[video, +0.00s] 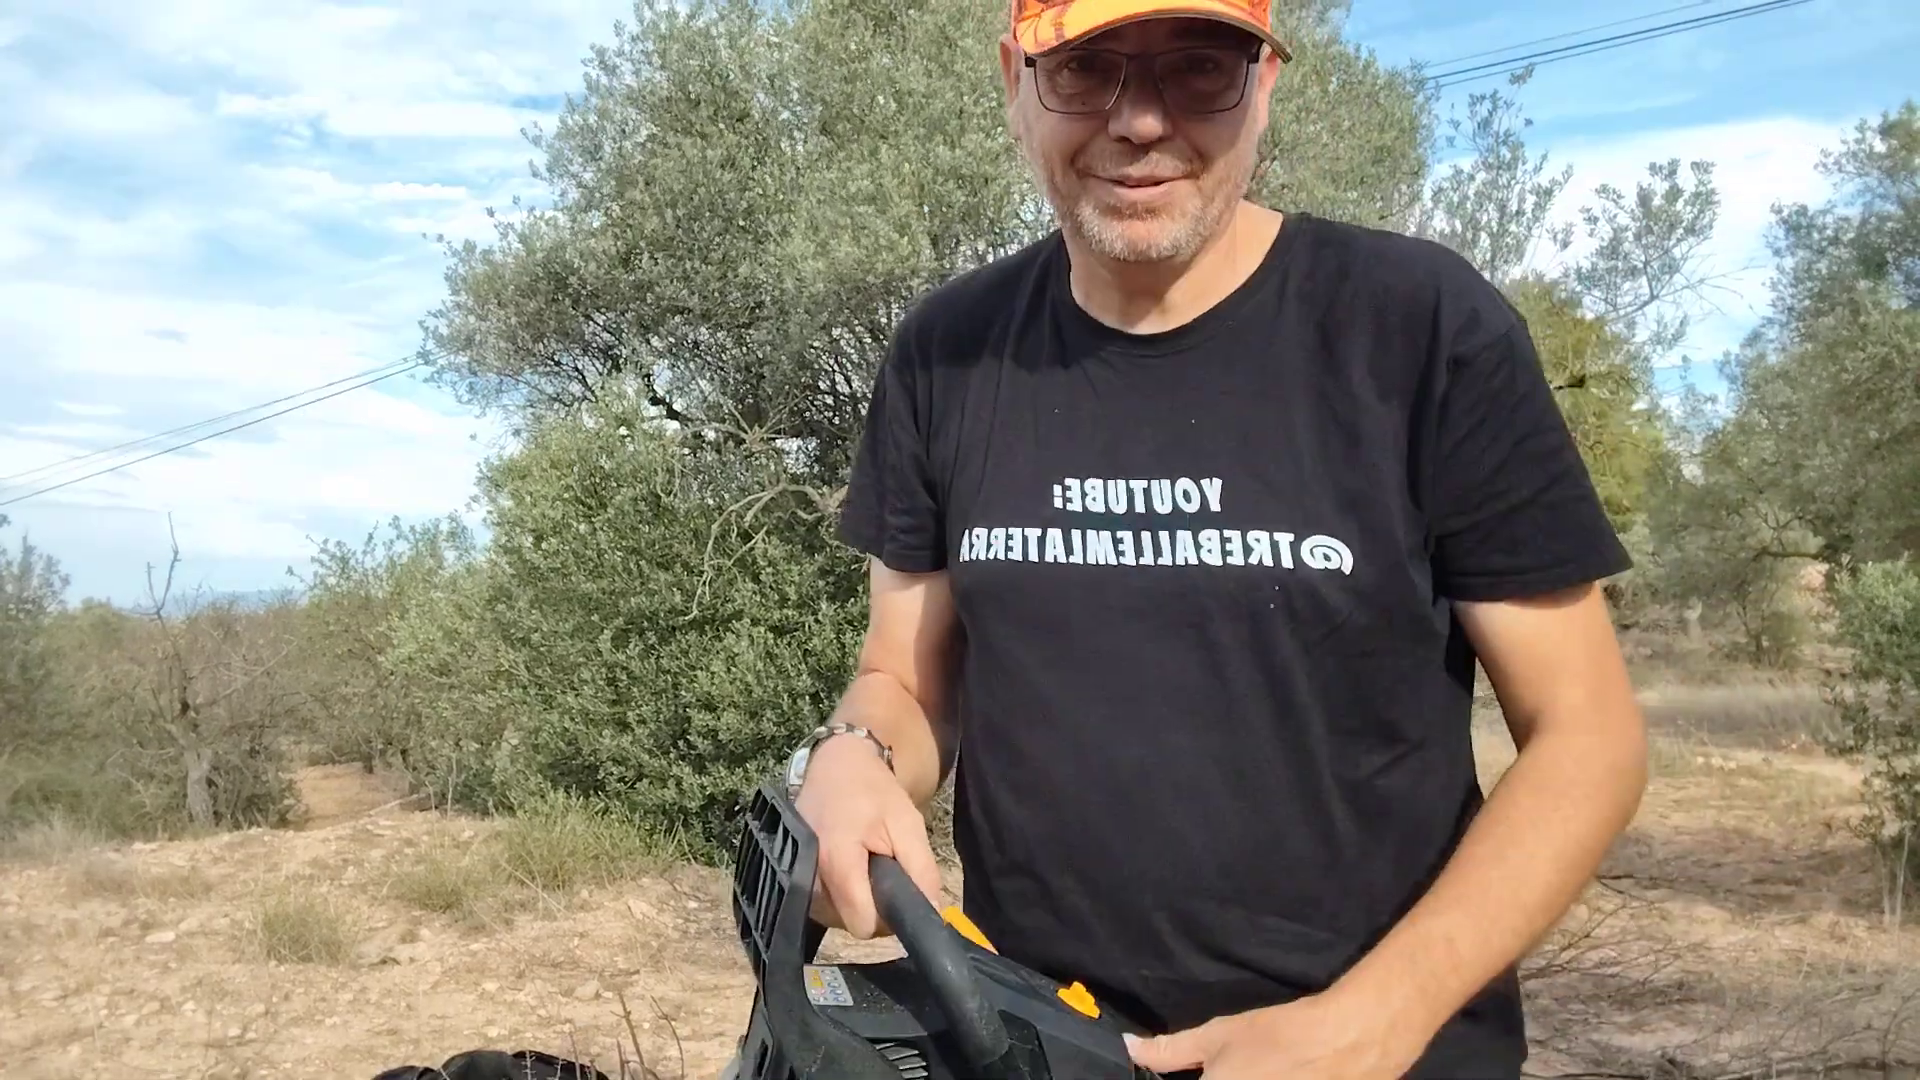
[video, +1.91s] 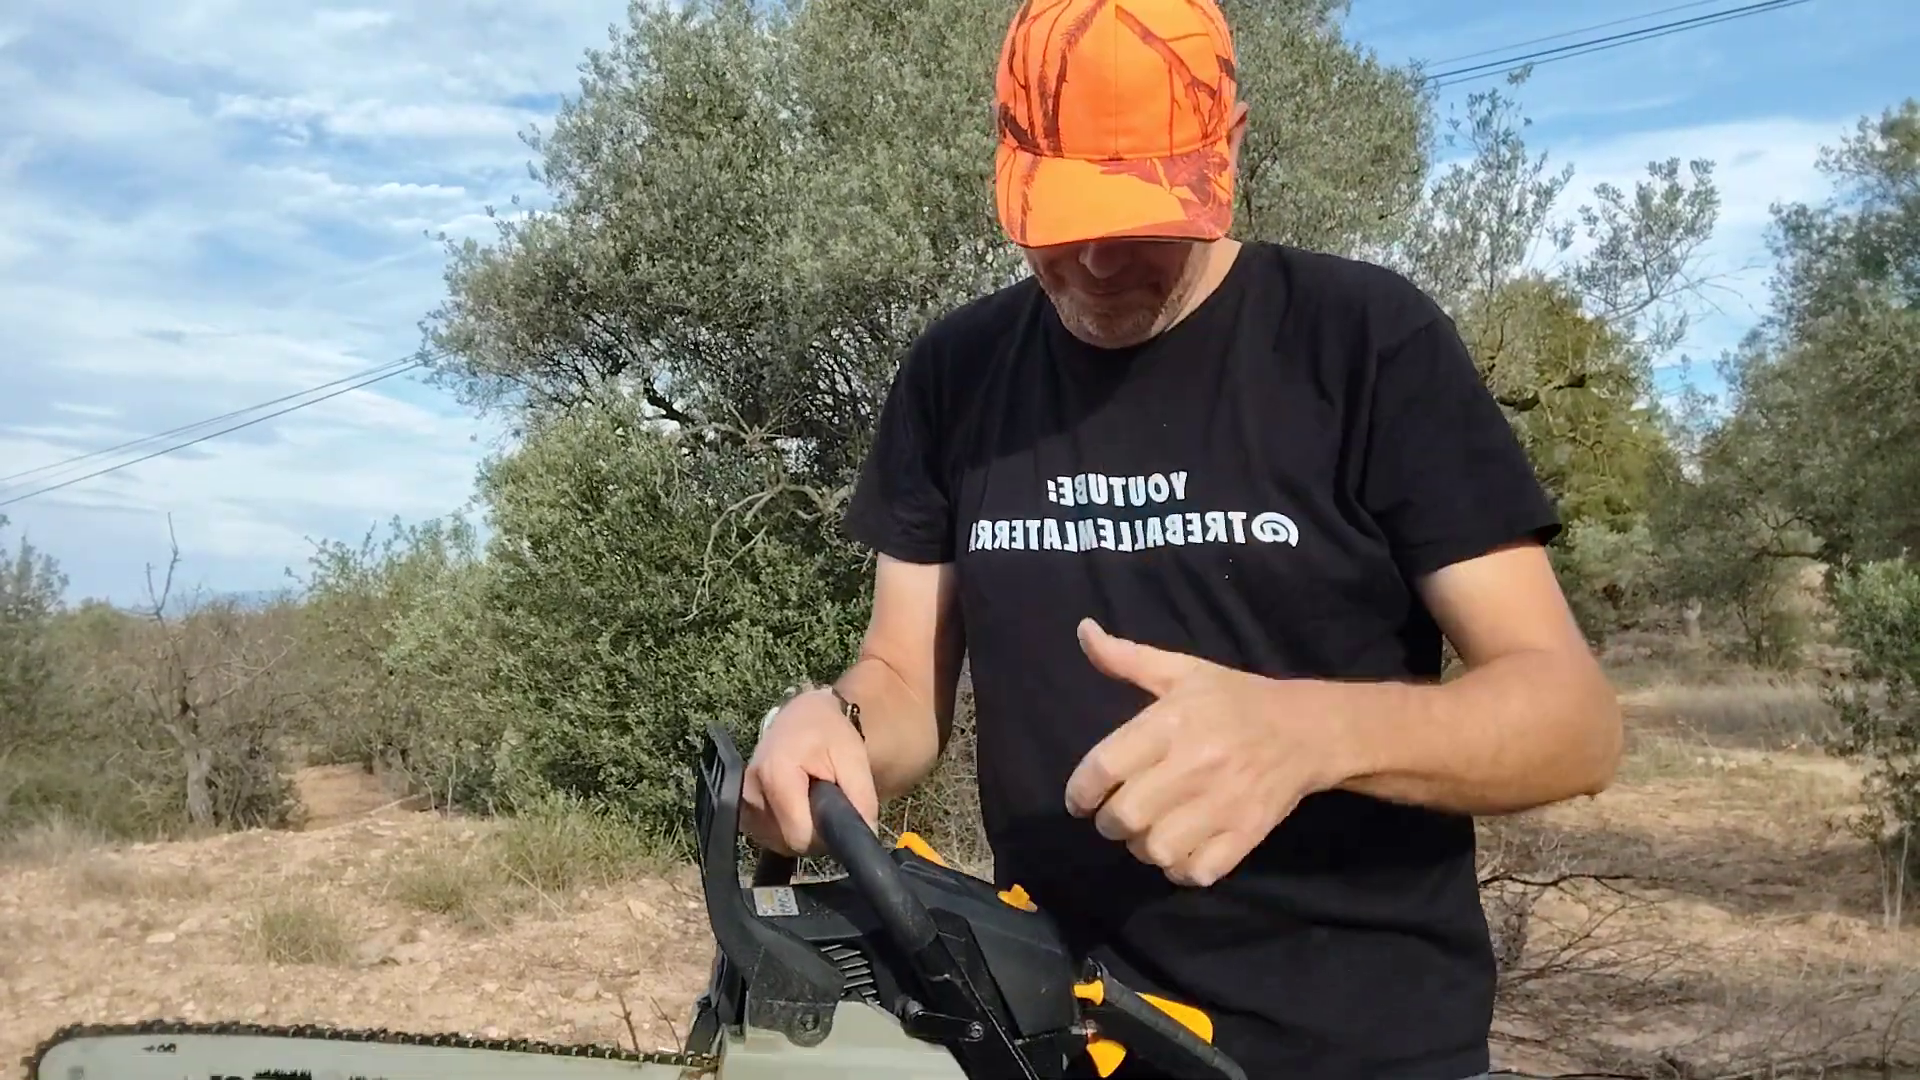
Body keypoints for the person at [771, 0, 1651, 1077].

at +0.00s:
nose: (1142, 121)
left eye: (1196, 67)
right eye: (1092, 68)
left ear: (1266, 88)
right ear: (1017, 90)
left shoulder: (1426, 328)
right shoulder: (946, 352)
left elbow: (1590, 739)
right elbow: (905, 677)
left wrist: (1366, 1022)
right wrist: (852, 761)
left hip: (1385, 1037)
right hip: (1040, 1034)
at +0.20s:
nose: (1128, 159)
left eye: (1178, 107)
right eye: (1078, 111)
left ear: (1243, 120)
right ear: (1013, 124)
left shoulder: (1387, 338)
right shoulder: (937, 371)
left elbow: (1554, 738)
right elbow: (892, 697)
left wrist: (1393, 912)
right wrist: (852, 763)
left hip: (1363, 1037)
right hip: (1038, 1035)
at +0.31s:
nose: (1119, 162)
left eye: (1172, 112)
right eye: (1071, 113)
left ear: (1229, 124)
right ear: (1003, 125)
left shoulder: (1370, 343)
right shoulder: (931, 371)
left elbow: (1570, 742)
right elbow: (880, 683)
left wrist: (1383, 771)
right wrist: (849, 759)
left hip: (1343, 1030)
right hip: (1035, 1027)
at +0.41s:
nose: (1109, 169)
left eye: (1161, 119)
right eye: (1061, 120)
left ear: (1221, 123)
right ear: (994, 132)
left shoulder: (1362, 344)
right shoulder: (930, 376)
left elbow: (1587, 738)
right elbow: (878, 683)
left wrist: (1390, 645)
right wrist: (848, 758)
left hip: (1340, 1025)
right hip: (1041, 1025)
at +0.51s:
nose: (1101, 172)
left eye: (1152, 124)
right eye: (1057, 124)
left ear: (1214, 131)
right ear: (991, 136)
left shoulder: (1359, 341)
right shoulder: (930, 380)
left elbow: (1586, 731)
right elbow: (881, 687)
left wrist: (1376, 536)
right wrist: (847, 757)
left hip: (1339, 1019)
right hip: (1038, 1019)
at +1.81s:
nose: (1100, 272)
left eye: (1146, 234)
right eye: (1061, 231)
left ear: (1225, 171)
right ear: (1014, 181)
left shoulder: (1370, 346)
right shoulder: (958, 384)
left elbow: (1578, 738)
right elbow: (908, 698)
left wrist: (1329, 606)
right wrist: (840, 740)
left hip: (1357, 1025)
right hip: (1066, 1012)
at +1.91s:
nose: (1101, 271)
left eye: (1145, 234)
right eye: (1061, 232)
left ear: (1221, 174)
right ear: (1012, 180)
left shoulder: (1367, 339)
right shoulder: (955, 377)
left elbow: (1573, 721)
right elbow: (902, 686)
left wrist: (1321, 727)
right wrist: (828, 726)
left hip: (1365, 1038)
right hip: (1073, 1029)